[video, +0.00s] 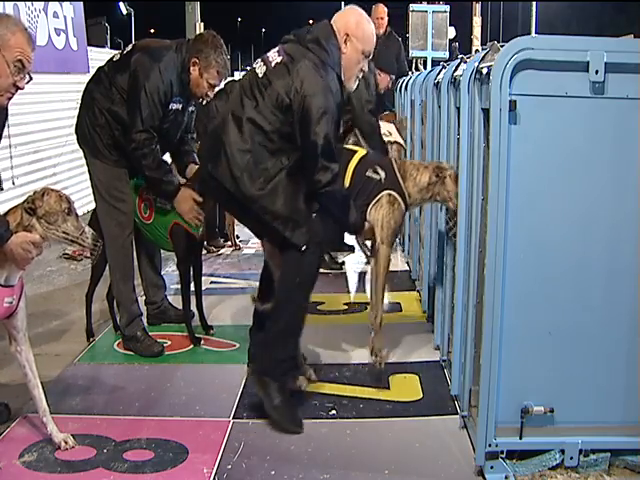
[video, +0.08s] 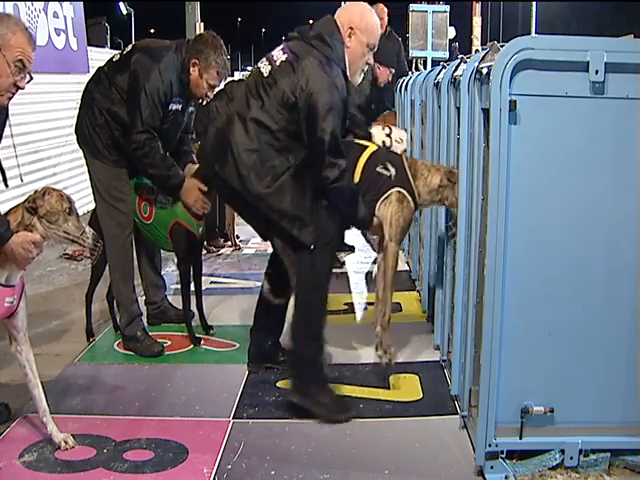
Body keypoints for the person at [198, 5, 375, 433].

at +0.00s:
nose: (363, 68)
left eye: (366, 59)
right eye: (363, 57)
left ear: (340, 37)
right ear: (344, 41)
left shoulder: (306, 52)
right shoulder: (319, 79)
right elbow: (324, 166)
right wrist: (348, 219)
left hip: (225, 150)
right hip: (237, 164)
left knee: (288, 244)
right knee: (306, 246)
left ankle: (271, 352)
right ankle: (272, 372)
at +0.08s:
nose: (368, 59)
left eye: (371, 51)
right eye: (368, 49)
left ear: (342, 29)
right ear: (349, 34)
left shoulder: (307, 47)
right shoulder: (324, 76)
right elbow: (330, 166)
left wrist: (367, 130)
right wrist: (360, 213)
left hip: (223, 143)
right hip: (241, 157)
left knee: (291, 241)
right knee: (314, 248)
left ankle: (263, 345)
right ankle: (309, 386)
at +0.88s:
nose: (435, 56)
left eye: (439, 46)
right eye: (435, 43)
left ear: (409, 25)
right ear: (413, 28)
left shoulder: (374, 48)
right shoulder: (386, 60)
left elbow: (395, 135)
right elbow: (361, 145)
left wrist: (429, 181)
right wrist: (375, 203)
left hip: (282, 155)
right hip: (302, 161)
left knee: (312, 254)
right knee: (359, 256)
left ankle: (264, 345)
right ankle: (356, 386)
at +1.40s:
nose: (436, 33)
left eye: (439, 24)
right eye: (435, 21)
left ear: (410, 10)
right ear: (414, 9)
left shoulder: (369, 33)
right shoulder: (392, 55)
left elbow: (367, 116)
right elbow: (371, 146)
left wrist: (406, 141)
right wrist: (406, 177)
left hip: (294, 161)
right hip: (321, 169)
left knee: (317, 267)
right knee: (374, 256)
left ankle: (262, 348)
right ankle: (357, 386)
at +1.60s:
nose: (439, 41)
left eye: (443, 31)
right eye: (439, 29)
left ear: (411, 15)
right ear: (417, 16)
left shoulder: (369, 37)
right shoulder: (394, 60)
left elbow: (381, 136)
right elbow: (380, 156)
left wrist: (420, 163)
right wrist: (415, 186)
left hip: (294, 162)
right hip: (324, 171)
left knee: (317, 263)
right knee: (376, 258)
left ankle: (263, 347)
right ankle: (358, 387)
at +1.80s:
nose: (437, 51)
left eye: (440, 41)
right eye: (436, 39)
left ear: (406, 21)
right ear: (413, 27)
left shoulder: (368, 49)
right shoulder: (391, 73)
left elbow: (391, 145)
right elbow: (392, 170)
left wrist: (435, 164)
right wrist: (436, 193)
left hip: (292, 173)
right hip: (324, 181)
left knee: (319, 270)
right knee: (380, 261)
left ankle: (263, 350)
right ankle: (358, 386)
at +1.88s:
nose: (436, 57)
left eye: (439, 47)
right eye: (436, 45)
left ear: (409, 28)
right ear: (415, 32)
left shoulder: (370, 57)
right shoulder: (394, 83)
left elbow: (397, 148)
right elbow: (399, 175)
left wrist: (442, 165)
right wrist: (444, 193)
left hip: (292, 178)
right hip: (320, 187)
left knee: (321, 271)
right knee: (383, 262)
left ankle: (264, 350)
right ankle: (358, 386)